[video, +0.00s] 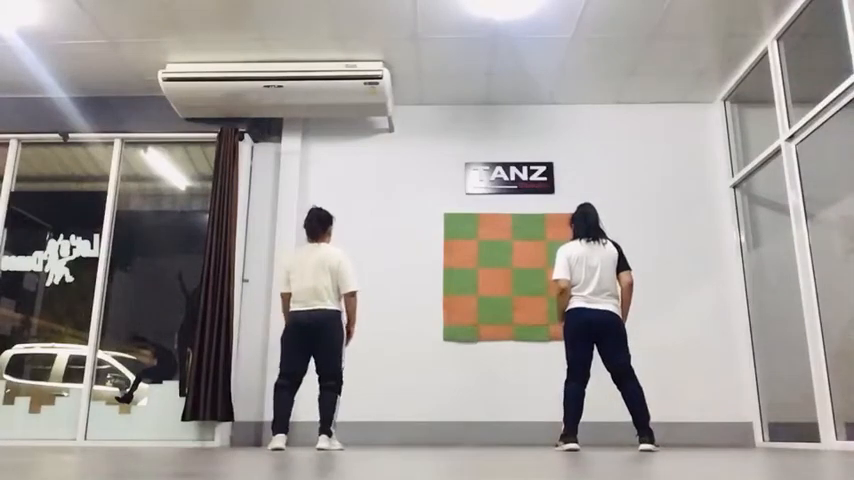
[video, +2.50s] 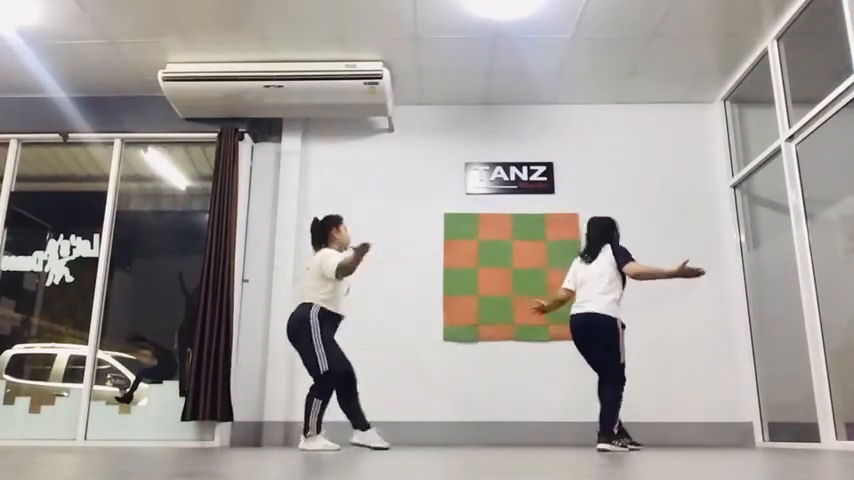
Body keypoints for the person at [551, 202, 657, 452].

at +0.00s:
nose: (570, 226)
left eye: (571, 223)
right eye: (572, 223)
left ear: (574, 224)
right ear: (597, 222)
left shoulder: (567, 249)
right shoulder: (613, 247)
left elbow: (564, 287)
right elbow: (627, 281)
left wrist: (562, 317)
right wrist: (622, 316)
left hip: (578, 318)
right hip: (610, 319)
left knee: (576, 377)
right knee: (624, 375)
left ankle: (569, 435)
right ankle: (645, 434)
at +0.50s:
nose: (569, 226)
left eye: (571, 222)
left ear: (573, 224)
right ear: (596, 222)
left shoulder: (566, 250)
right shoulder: (611, 248)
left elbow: (561, 287)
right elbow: (626, 282)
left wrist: (560, 316)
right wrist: (622, 317)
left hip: (576, 318)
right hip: (609, 318)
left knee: (575, 376)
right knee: (624, 376)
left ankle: (569, 435)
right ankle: (645, 434)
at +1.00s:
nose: (572, 236)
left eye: (573, 232)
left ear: (576, 233)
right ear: (599, 230)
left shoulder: (572, 253)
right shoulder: (617, 251)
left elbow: (566, 292)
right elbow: (624, 284)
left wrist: (579, 307)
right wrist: (611, 303)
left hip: (587, 322)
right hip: (619, 321)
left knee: (589, 378)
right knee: (618, 379)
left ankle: (593, 434)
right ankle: (619, 437)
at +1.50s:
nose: (569, 222)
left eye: (571, 219)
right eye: (571, 218)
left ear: (575, 221)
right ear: (597, 220)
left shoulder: (567, 246)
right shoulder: (611, 245)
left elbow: (553, 283)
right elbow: (632, 277)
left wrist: (524, 290)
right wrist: (645, 288)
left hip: (582, 316)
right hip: (613, 316)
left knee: (588, 375)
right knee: (614, 374)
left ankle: (591, 437)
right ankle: (617, 431)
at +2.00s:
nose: (575, 225)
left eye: (573, 221)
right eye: (592, 222)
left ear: (573, 225)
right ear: (597, 224)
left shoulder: (565, 252)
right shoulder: (608, 247)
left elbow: (552, 289)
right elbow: (633, 273)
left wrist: (520, 297)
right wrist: (672, 279)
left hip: (577, 315)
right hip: (609, 315)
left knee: (587, 375)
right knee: (612, 374)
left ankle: (591, 437)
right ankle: (615, 437)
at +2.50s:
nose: (618, 234)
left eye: (616, 230)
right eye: (616, 231)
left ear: (590, 235)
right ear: (612, 234)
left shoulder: (580, 259)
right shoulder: (615, 251)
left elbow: (565, 295)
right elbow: (633, 271)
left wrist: (547, 307)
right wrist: (674, 272)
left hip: (578, 321)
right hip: (605, 321)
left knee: (605, 376)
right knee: (615, 377)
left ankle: (616, 430)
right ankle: (606, 436)